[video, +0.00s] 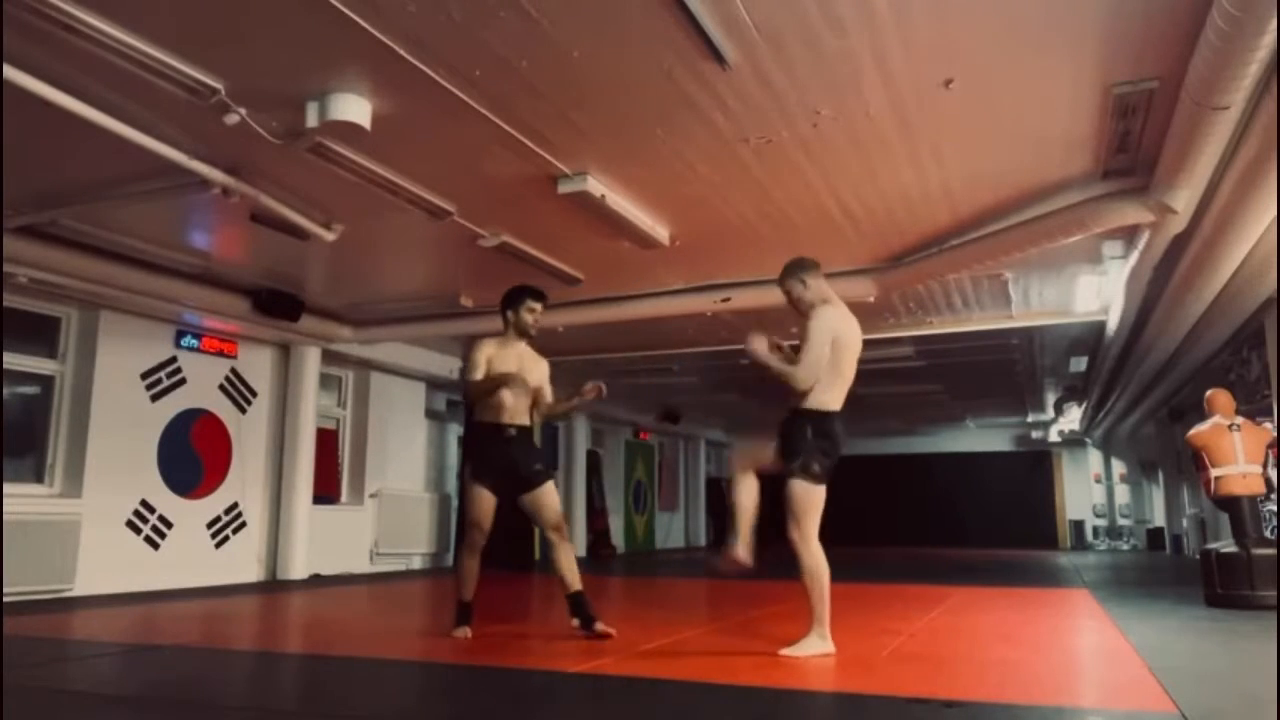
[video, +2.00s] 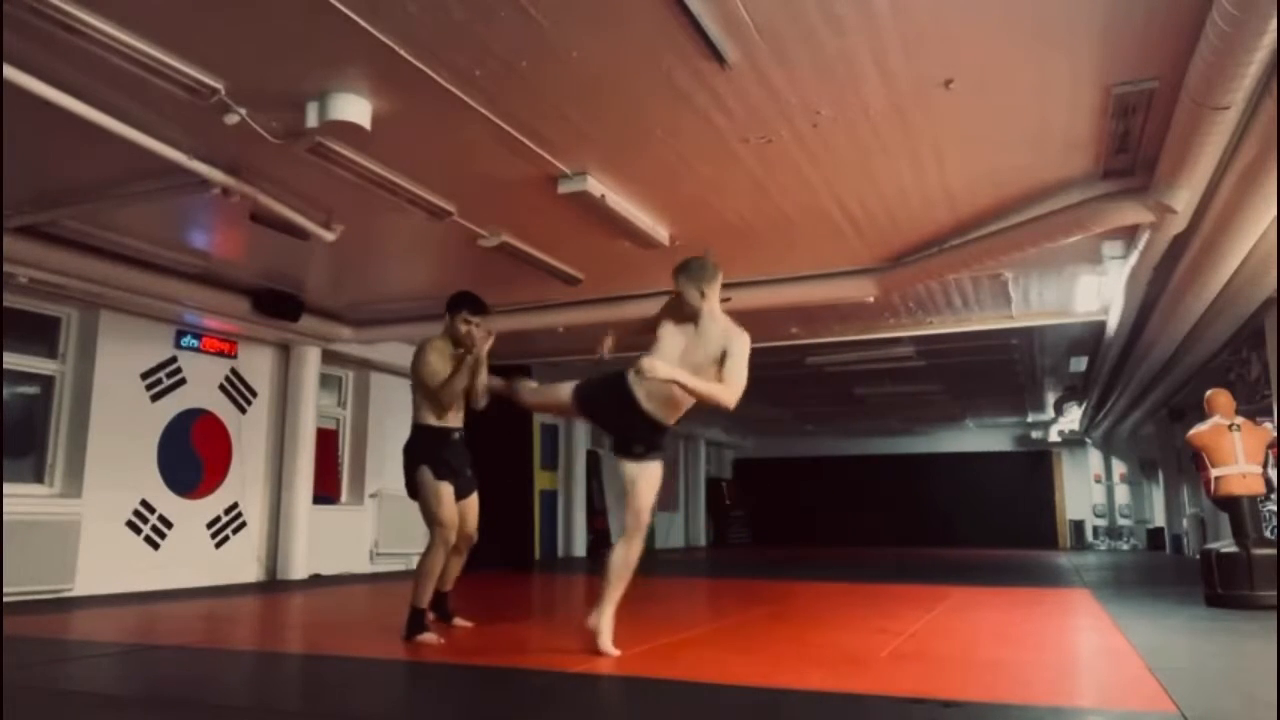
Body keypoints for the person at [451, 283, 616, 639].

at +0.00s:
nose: (536, 319)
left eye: (539, 314)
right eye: (531, 312)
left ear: (538, 318)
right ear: (510, 312)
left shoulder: (539, 362)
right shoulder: (485, 348)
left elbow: (545, 409)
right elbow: (471, 393)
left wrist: (578, 399)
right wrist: (501, 380)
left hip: (525, 447)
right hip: (486, 444)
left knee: (556, 527)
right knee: (476, 532)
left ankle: (582, 612)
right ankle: (463, 617)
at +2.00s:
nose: (472, 330)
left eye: (477, 325)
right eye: (466, 322)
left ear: (482, 328)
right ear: (449, 319)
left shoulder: (470, 355)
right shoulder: (431, 351)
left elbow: (478, 400)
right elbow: (443, 399)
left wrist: (482, 356)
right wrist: (469, 358)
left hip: (457, 446)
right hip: (428, 445)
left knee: (467, 533)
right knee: (444, 531)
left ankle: (442, 604)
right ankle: (417, 619)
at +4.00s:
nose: (484, 334)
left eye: (486, 328)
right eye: (479, 326)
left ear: (479, 330)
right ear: (460, 325)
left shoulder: (468, 364)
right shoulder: (450, 358)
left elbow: (475, 413)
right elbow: (445, 398)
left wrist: (496, 389)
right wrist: (486, 379)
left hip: (474, 447)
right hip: (466, 434)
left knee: (485, 532)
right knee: (537, 429)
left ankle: (462, 607)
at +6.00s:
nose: (350, 346)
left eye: (354, 340)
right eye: (343, 339)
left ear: (357, 342)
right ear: (326, 340)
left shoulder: (348, 372)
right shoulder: (323, 372)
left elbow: (371, 400)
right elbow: (355, 410)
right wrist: (402, 436)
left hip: (344, 458)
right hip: (329, 459)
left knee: (324, 540)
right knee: (357, 531)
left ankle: (285, 602)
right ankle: (359, 614)